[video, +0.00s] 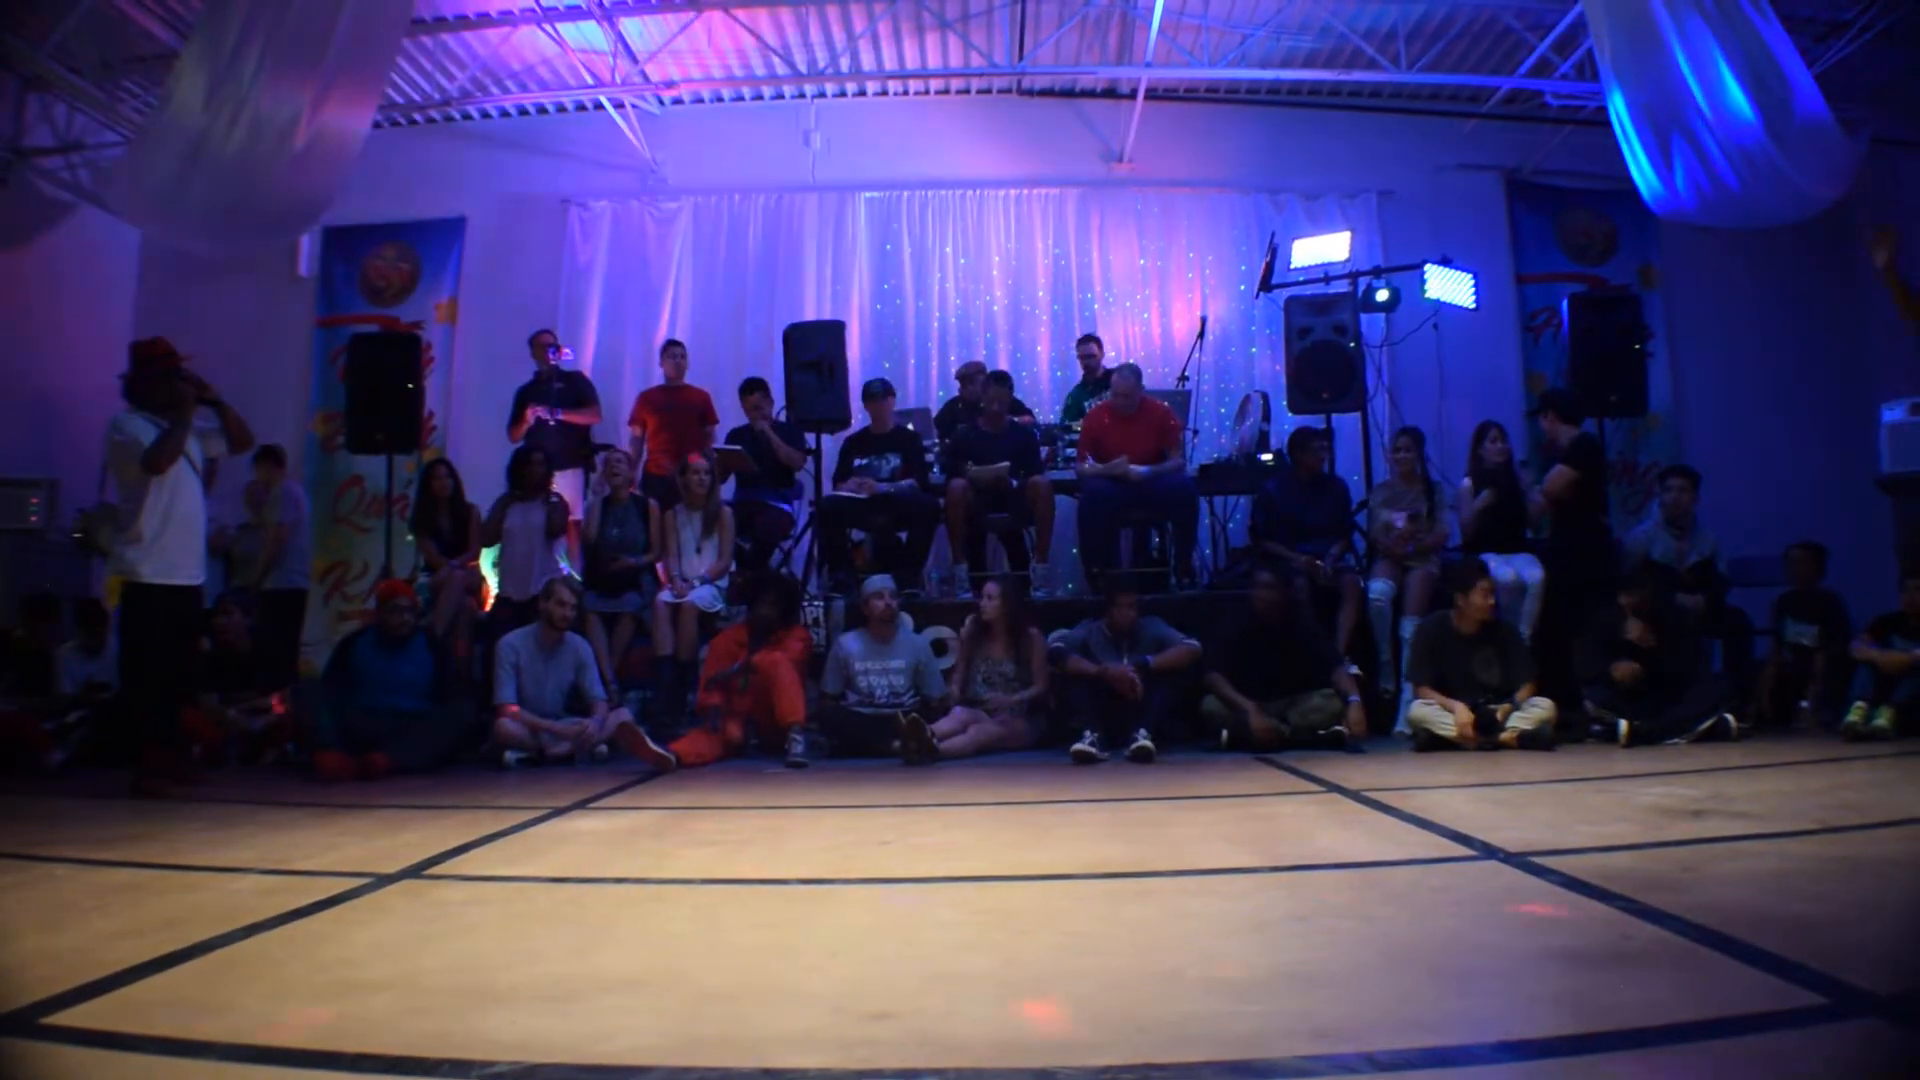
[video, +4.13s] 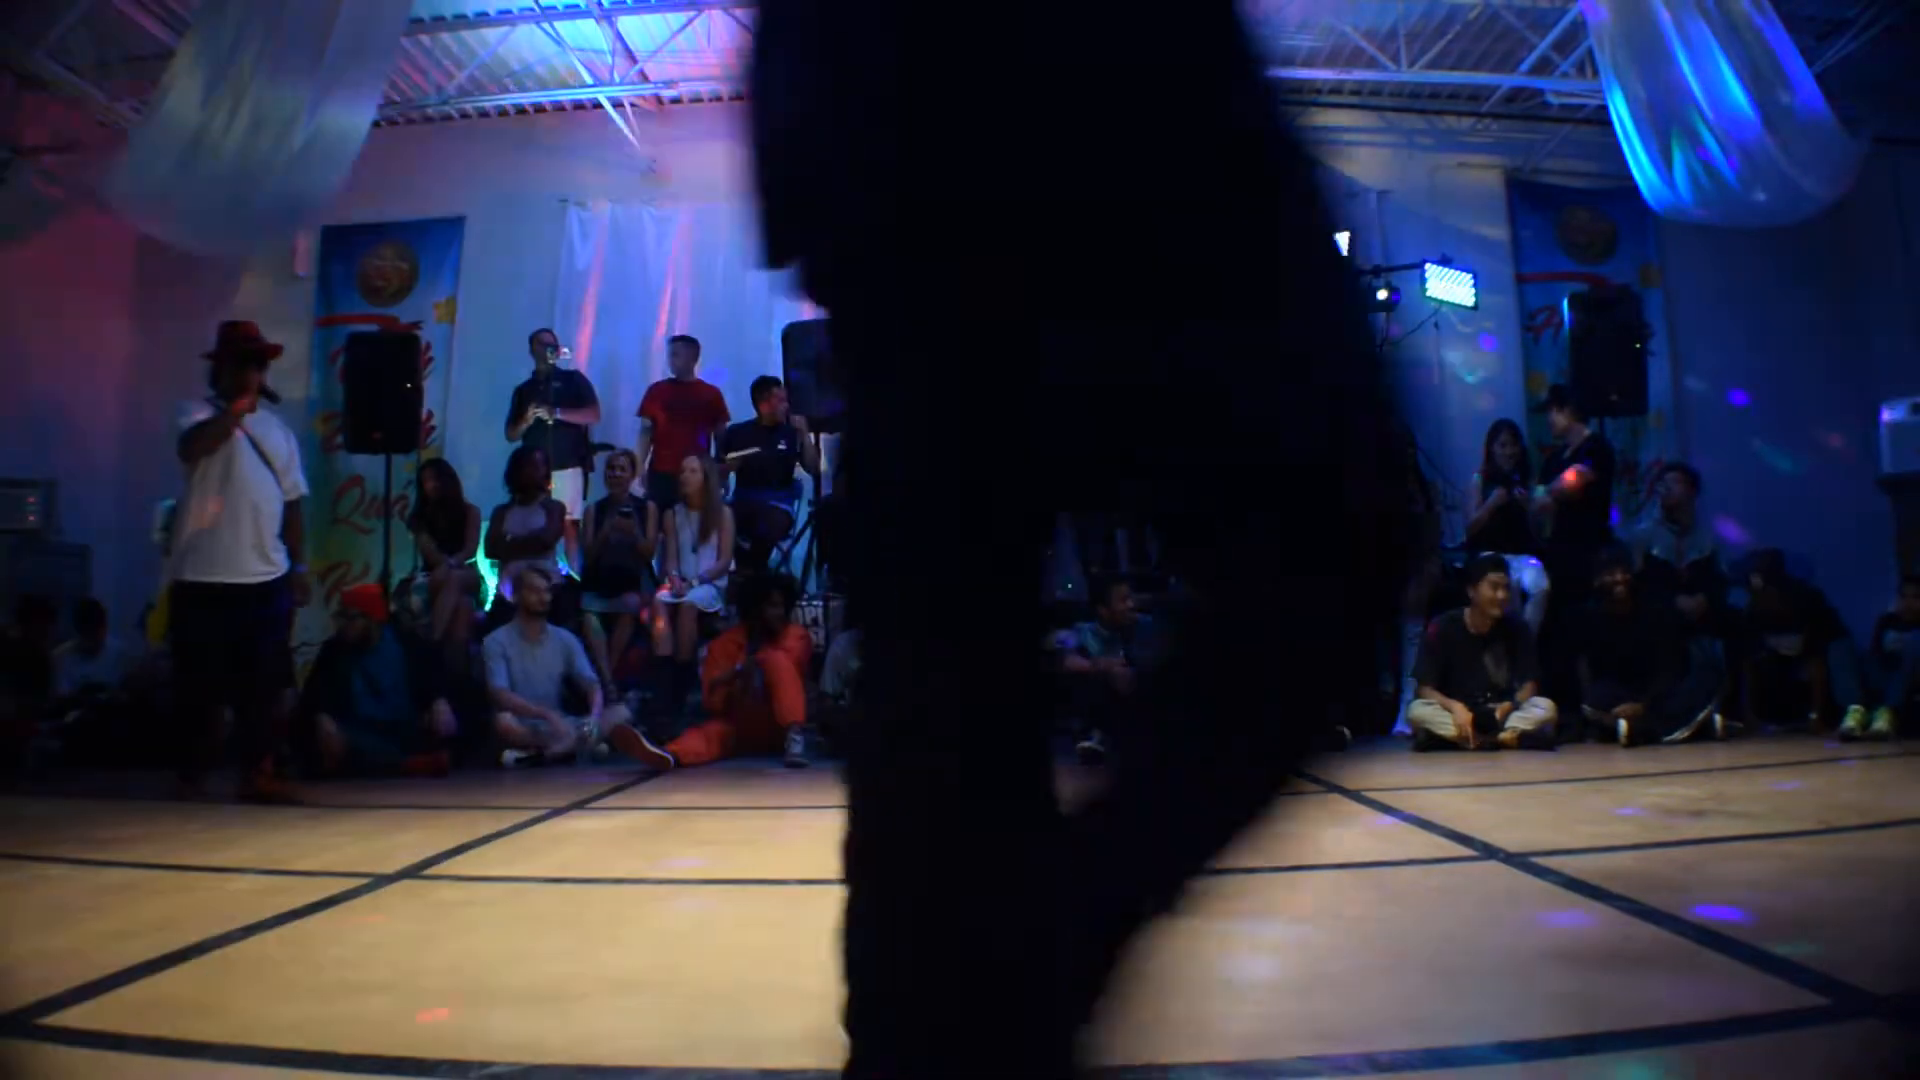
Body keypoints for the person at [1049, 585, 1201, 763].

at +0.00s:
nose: (1128, 614)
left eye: (1132, 607)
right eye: (1122, 608)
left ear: (1138, 609)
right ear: (1109, 609)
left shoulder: (1150, 628)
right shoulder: (1091, 631)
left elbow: (1192, 649)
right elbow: (1055, 651)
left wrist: (1143, 665)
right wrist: (1105, 673)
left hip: (1143, 705)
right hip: (1103, 706)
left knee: (1165, 672)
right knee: (1079, 672)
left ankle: (1143, 734)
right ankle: (1091, 736)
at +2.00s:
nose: (1124, 610)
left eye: (1129, 604)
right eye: (1119, 604)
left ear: (1139, 607)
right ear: (1110, 608)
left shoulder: (1153, 628)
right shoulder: (1094, 630)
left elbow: (1190, 650)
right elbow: (1063, 653)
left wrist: (1143, 660)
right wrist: (1112, 668)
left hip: (1145, 700)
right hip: (1106, 700)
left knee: (1168, 672)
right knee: (1088, 673)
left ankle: (1143, 734)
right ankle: (1100, 734)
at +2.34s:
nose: (1131, 609)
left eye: (1138, 603)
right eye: (1125, 603)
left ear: (1147, 607)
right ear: (1114, 607)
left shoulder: (1156, 628)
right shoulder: (1097, 629)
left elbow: (1194, 651)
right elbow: (1067, 652)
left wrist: (1145, 662)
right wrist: (1114, 670)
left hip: (1148, 700)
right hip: (1109, 700)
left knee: (1172, 672)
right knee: (1089, 674)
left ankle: (1144, 734)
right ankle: (1101, 734)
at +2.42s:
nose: (1151, 610)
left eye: (1154, 604)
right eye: (1144, 604)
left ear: (1157, 606)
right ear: (1124, 607)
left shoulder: (1158, 629)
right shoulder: (1098, 629)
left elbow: (1194, 651)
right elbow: (1067, 650)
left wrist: (1146, 661)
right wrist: (1114, 669)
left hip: (1148, 702)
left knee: (1173, 670)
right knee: (1088, 672)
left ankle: (1144, 733)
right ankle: (1101, 734)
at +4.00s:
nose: (1133, 606)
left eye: (1132, 600)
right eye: (1125, 601)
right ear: (1105, 610)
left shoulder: (1143, 627)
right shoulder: (1086, 633)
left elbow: (1185, 647)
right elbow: (1053, 652)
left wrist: (1136, 659)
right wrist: (1105, 668)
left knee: (1160, 668)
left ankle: (1142, 734)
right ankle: (1099, 734)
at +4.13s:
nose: (1131, 606)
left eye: (1130, 599)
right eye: (1123, 600)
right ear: (1104, 609)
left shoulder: (1141, 631)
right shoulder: (1085, 635)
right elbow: (1069, 662)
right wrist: (1109, 668)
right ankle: (1092, 734)